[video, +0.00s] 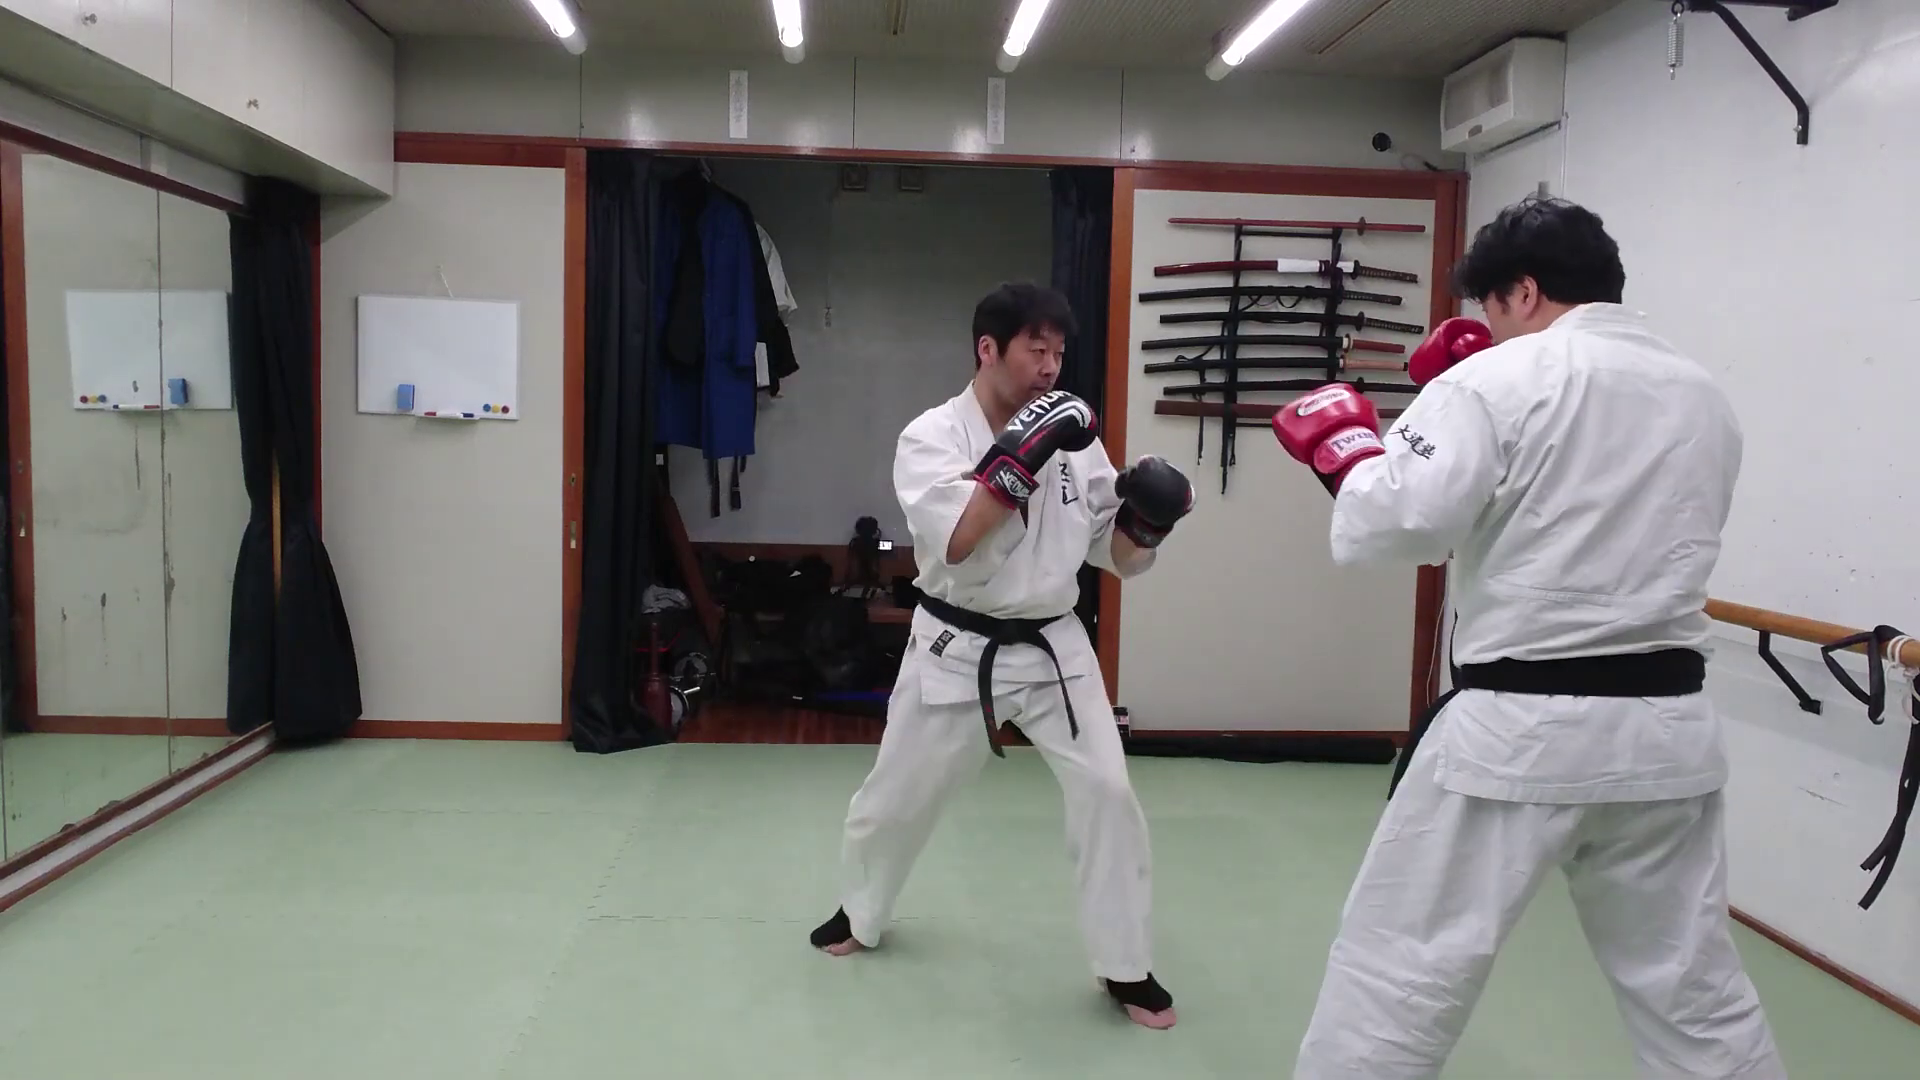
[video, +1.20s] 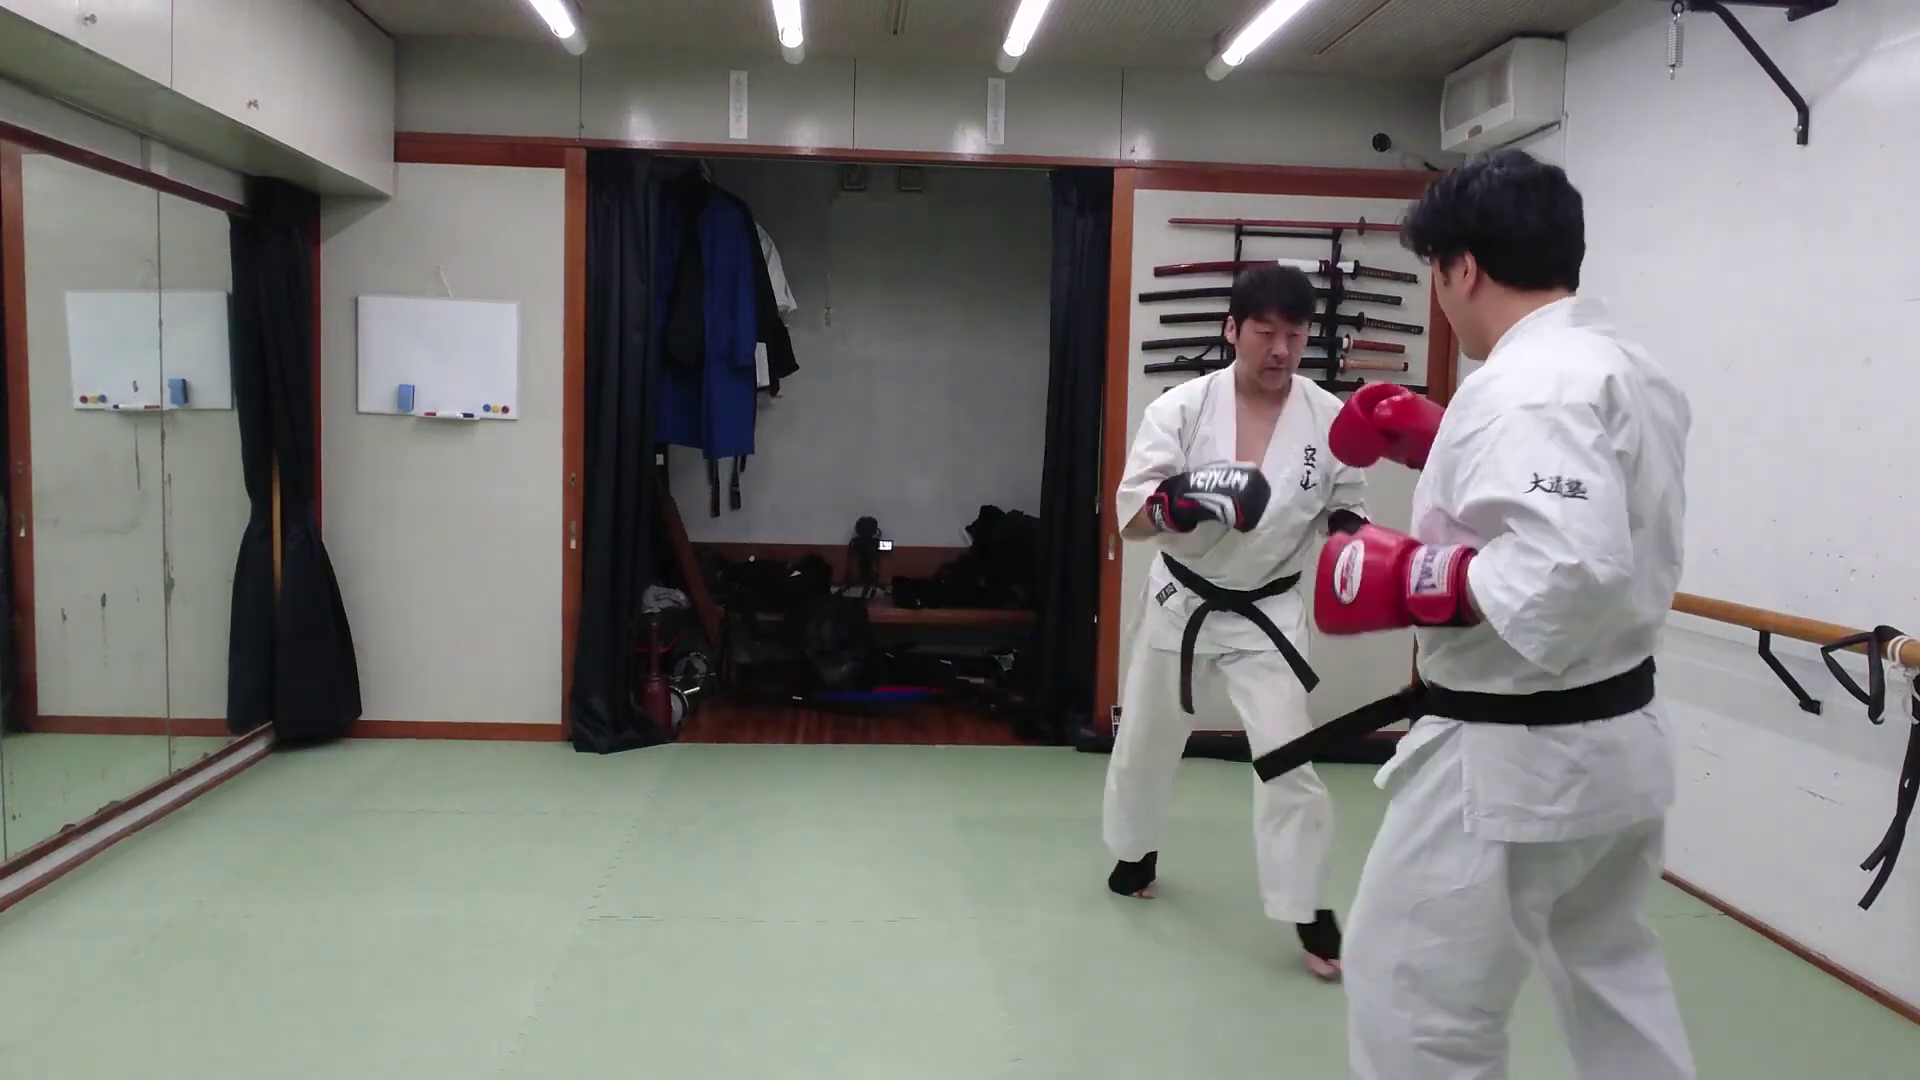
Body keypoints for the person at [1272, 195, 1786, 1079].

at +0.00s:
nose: (1488, 331)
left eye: (1489, 308)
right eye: (1483, 312)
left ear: (1528, 291)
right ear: (1606, 286)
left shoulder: (1494, 386)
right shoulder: (1706, 397)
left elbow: (1394, 516)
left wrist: (1350, 449)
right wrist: (1485, 383)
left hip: (1516, 731)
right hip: (1671, 730)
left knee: (1393, 988)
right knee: (1698, 998)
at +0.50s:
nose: (1523, 306)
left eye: (1525, 281)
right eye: (1520, 283)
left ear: (1578, 269)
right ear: (1615, 262)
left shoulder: (1601, 376)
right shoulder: (1706, 351)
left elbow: (1526, 501)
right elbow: (1560, 396)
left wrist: (1398, 434)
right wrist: (1445, 381)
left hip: (1544, 744)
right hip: (1667, 729)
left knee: (1442, 997)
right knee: (1654, 928)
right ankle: (1742, 1076)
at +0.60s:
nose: (1488, 326)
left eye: (1490, 301)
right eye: (1483, 304)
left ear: (1543, 288)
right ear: (1560, 285)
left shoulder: (1613, 408)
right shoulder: (1646, 375)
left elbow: (1464, 520)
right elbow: (1564, 480)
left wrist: (1378, 442)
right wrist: (1469, 451)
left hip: (1560, 760)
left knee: (1421, 966)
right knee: (1437, 784)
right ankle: (1621, 934)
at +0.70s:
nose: (1458, 352)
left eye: (1460, 329)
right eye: (1453, 330)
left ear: (1510, 320)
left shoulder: (1597, 435)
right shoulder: (1617, 393)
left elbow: (1424, 542)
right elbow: (1482, 522)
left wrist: (1377, 455)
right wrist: (1370, 510)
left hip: (1545, 774)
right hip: (1507, 704)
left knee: (1405, 972)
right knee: (1386, 683)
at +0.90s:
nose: (1441, 339)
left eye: (1442, 318)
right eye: (1436, 319)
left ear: (1491, 315)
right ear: (1566, 296)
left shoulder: (1595, 440)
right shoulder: (1568, 393)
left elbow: (1452, 596)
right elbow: (1478, 527)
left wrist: (1363, 495)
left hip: (1513, 761)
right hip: (1463, 689)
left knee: (1392, 982)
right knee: (1324, 692)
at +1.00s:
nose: (1440, 310)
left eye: (1440, 287)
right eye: (1437, 288)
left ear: (1481, 284)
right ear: (1563, 264)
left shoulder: (1585, 408)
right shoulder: (1574, 369)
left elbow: (1503, 585)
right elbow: (1535, 488)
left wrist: (1380, 511)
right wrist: (1439, 460)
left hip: (1518, 754)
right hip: (1475, 702)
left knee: (1409, 991)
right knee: (1358, 773)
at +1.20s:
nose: (1435, 296)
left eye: (1433, 272)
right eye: (1431, 274)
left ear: (1467, 269)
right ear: (1559, 254)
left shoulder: (1530, 387)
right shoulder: (1630, 369)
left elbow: (1565, 578)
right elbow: (1576, 503)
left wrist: (1406, 579)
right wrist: (1435, 439)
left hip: (1502, 758)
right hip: (1618, 741)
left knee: (1414, 1016)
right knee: (1611, 971)